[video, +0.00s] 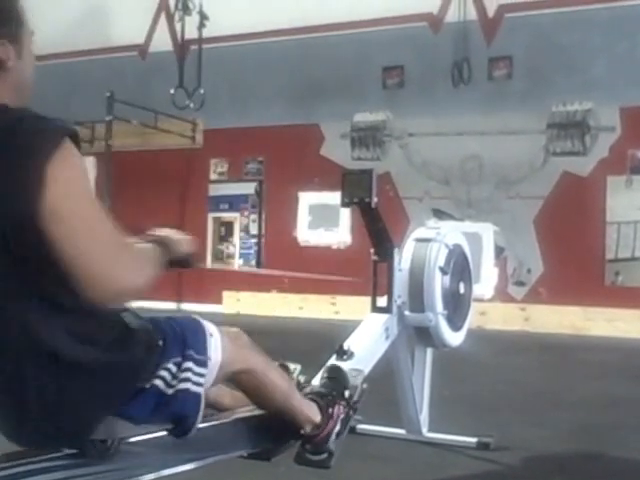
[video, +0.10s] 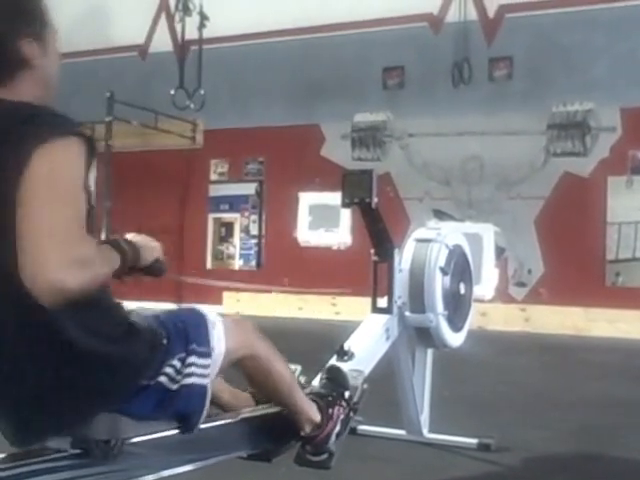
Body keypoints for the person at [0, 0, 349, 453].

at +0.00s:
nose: (32, 63)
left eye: (30, 48)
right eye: (29, 49)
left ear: (4, 53)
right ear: (7, 54)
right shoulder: (34, 140)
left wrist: (132, 249)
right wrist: (160, 247)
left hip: (10, 381)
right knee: (235, 345)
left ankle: (262, 412)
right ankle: (314, 420)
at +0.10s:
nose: (58, 60)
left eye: (55, 47)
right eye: (52, 46)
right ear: (29, 48)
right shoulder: (47, 135)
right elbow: (55, 273)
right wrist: (127, 250)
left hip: (10, 365)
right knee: (243, 333)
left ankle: (245, 407)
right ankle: (312, 420)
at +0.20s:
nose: (93, 64)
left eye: (91, 51)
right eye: (88, 50)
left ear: (7, 57)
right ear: (65, 53)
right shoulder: (83, 135)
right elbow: (105, 265)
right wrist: (167, 249)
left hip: (16, 377)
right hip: (85, 369)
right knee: (252, 313)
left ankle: (255, 418)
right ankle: (312, 422)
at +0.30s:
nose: (135, 63)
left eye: (131, 52)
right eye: (129, 52)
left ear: (45, 65)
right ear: (113, 59)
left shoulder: (13, 142)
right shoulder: (131, 140)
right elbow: (203, 264)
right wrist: (226, 244)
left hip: (50, 382)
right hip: (127, 373)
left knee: (191, 289)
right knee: (263, 289)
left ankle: (248, 413)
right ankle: (311, 417)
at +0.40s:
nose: (178, 78)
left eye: (174, 65)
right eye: (173, 65)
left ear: (95, 79)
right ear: (157, 74)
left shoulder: (57, 150)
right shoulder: (182, 153)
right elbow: (273, 266)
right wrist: (276, 229)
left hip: (85, 381)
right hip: (164, 380)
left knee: (206, 274)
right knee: (281, 283)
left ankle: (246, 416)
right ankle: (317, 421)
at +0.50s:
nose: (215, 92)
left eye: (211, 79)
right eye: (210, 80)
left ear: (140, 91)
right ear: (194, 89)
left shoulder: (108, 158)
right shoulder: (227, 160)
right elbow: (319, 255)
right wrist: (332, 241)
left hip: (114, 371)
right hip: (192, 374)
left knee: (223, 269)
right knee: (300, 263)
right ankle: (319, 422)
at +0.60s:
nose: (245, 106)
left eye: (243, 94)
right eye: (242, 94)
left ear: (175, 104)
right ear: (227, 103)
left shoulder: (148, 161)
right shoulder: (252, 165)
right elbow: (341, 248)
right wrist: (365, 261)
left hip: (142, 369)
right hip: (224, 372)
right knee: (309, 257)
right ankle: (318, 418)